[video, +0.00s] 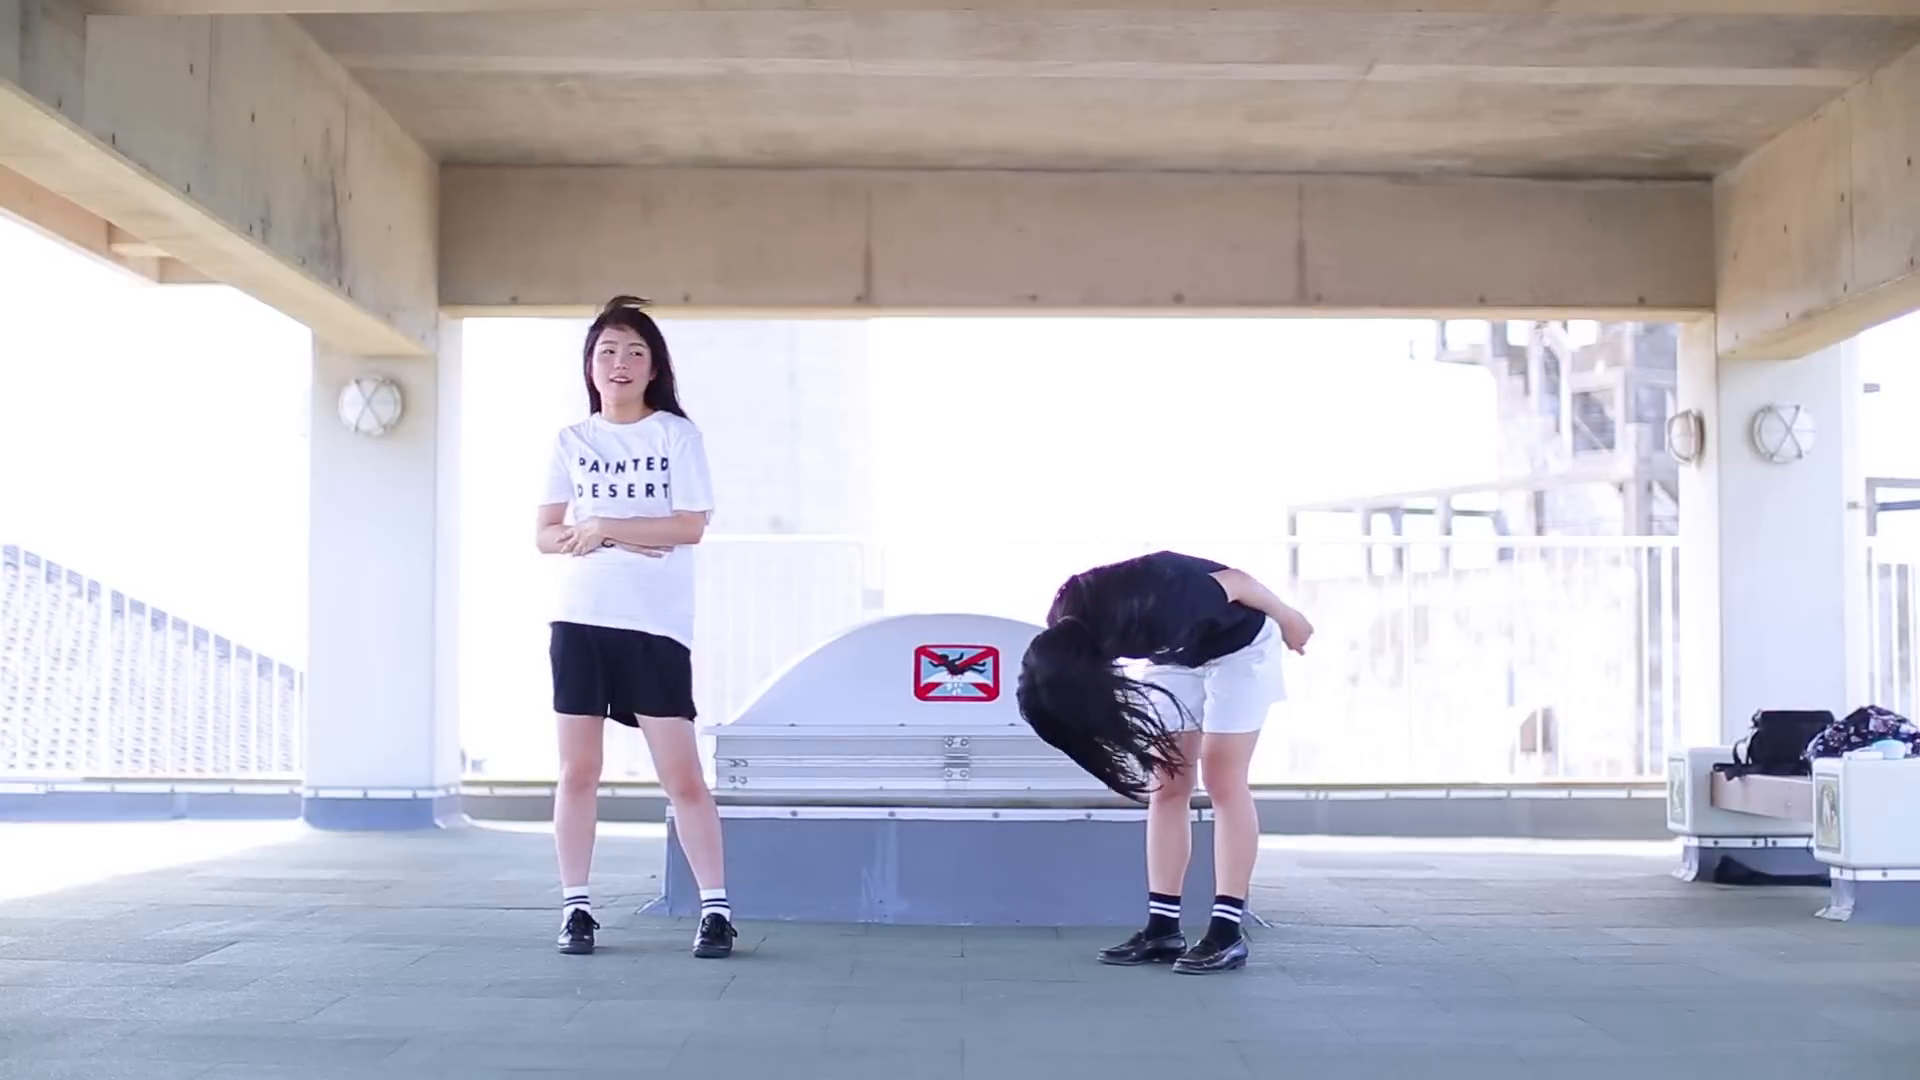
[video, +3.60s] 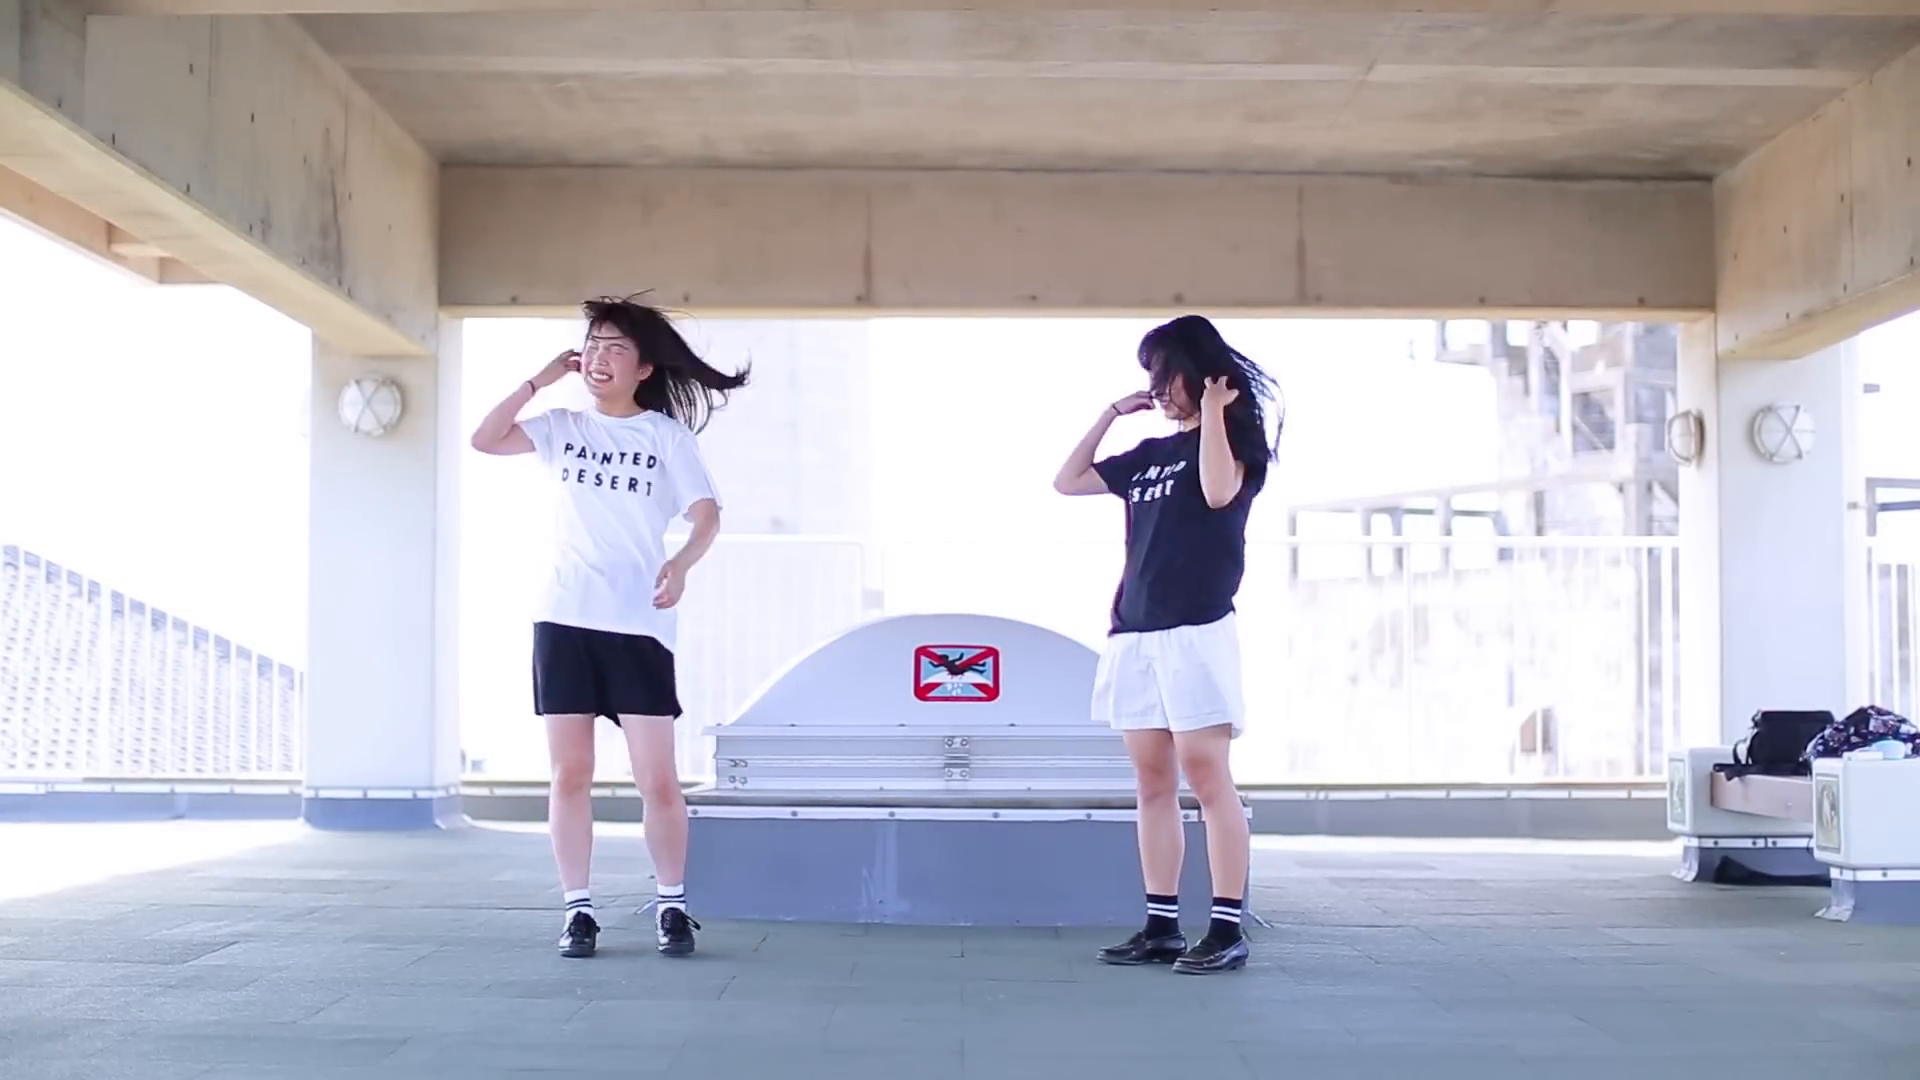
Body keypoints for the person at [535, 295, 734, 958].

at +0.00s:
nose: (619, 361)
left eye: (633, 351)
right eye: (607, 350)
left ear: (654, 364)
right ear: (589, 363)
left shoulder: (679, 434)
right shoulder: (571, 439)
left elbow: (692, 527)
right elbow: (546, 536)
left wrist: (604, 528)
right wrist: (609, 537)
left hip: (657, 626)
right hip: (579, 625)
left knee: (684, 780)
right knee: (577, 773)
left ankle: (715, 909)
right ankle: (575, 908)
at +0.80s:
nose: (713, 372)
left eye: (723, 364)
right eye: (702, 358)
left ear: (729, 374)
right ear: (667, 359)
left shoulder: (738, 440)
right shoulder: (632, 433)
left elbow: (756, 533)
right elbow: (606, 531)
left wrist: (684, 526)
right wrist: (702, 529)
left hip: (731, 627)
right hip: (656, 624)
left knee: (726, 778)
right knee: (624, 776)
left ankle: (720, 911)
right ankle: (587, 904)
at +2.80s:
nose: (767, 371)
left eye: (773, 361)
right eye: (755, 357)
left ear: (777, 371)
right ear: (721, 356)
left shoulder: (776, 449)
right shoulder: (667, 425)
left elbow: (784, 546)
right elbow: (625, 515)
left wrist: (706, 547)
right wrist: (707, 557)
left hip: (730, 633)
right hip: (655, 621)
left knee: (724, 776)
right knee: (629, 772)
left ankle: (720, 911)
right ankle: (606, 905)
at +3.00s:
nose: (726, 363)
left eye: (735, 353)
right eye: (712, 351)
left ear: (746, 361)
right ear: (682, 355)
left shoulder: (753, 441)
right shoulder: (646, 424)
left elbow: (763, 538)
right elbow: (601, 512)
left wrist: (704, 573)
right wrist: (676, 510)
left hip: (712, 630)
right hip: (636, 621)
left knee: (716, 778)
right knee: (609, 774)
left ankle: (719, 911)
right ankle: (583, 908)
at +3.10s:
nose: (699, 359)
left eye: (710, 349)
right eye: (686, 348)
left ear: (723, 357)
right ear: (658, 355)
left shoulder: (738, 438)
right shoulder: (630, 422)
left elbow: (749, 538)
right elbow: (580, 500)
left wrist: (713, 601)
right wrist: (640, 453)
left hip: (700, 626)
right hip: (624, 619)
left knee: (709, 779)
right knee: (602, 775)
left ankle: (718, 912)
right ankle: (582, 910)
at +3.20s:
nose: (671, 358)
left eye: (682, 347)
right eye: (656, 348)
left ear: (700, 356)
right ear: (632, 358)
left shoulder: (724, 438)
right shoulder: (616, 422)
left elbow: (742, 533)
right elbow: (561, 471)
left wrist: (728, 617)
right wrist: (610, 395)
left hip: (688, 630)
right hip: (609, 621)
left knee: (701, 780)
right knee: (594, 774)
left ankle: (718, 910)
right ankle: (581, 909)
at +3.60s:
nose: (598, 361)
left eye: (615, 350)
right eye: (592, 350)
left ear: (644, 364)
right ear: (583, 360)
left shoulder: (667, 434)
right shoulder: (563, 425)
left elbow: (707, 516)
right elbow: (486, 440)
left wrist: (681, 564)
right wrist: (538, 381)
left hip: (640, 622)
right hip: (565, 619)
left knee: (657, 780)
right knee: (570, 774)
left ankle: (672, 905)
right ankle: (579, 909)